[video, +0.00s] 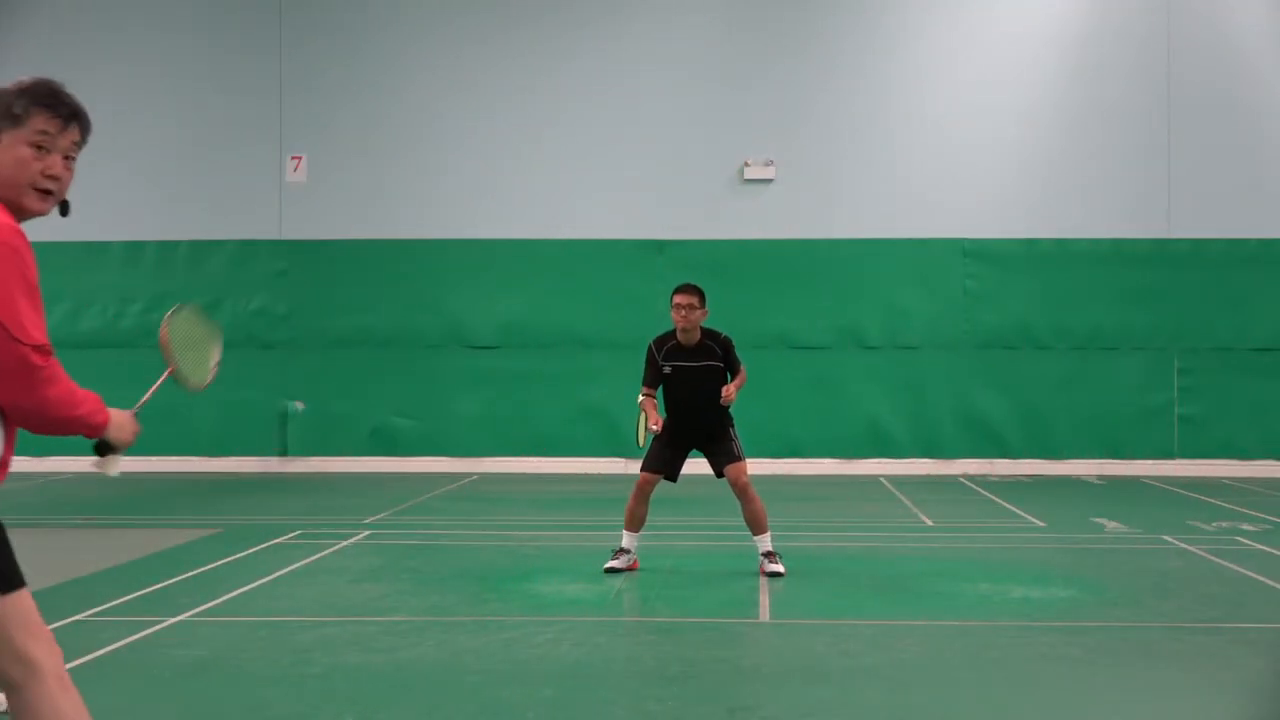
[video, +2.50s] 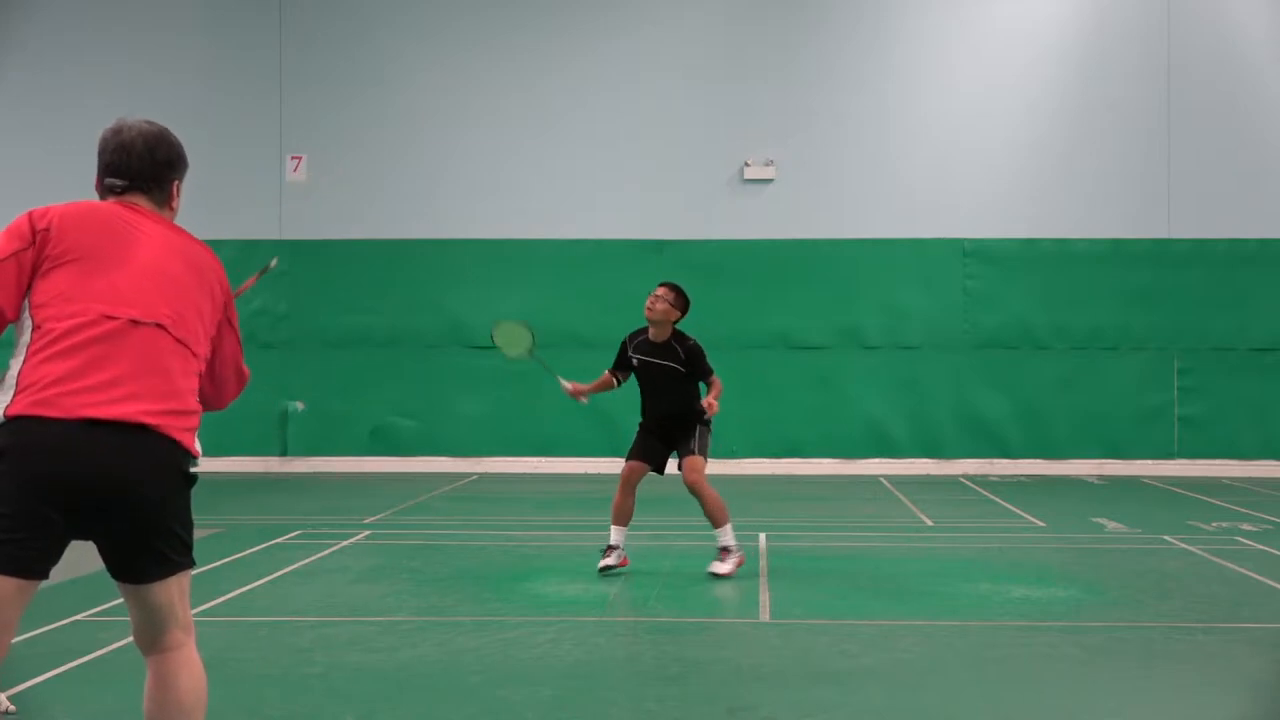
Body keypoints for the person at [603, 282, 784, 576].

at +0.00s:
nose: (682, 313)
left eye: (689, 308)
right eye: (677, 307)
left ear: (703, 313)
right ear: (671, 311)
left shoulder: (721, 344)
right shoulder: (659, 347)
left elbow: (739, 373)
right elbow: (648, 393)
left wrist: (734, 387)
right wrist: (652, 413)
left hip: (716, 425)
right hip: (675, 425)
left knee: (741, 482)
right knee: (644, 482)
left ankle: (767, 553)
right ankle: (627, 551)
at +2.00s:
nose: (677, 328)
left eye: (684, 322)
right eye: (672, 322)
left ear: (698, 326)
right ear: (666, 326)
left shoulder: (715, 354)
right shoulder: (655, 359)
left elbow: (739, 381)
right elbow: (637, 401)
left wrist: (734, 397)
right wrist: (641, 414)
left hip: (714, 433)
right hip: (672, 435)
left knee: (742, 485)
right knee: (638, 485)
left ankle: (767, 553)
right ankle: (627, 551)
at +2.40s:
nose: (661, 311)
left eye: (671, 309)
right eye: (660, 306)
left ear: (684, 322)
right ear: (653, 312)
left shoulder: (696, 354)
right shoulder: (639, 352)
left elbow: (721, 387)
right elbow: (622, 392)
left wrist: (722, 404)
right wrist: (604, 412)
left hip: (696, 431)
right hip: (658, 431)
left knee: (718, 488)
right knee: (635, 481)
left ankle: (762, 548)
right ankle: (620, 553)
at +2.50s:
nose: (652, 301)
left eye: (661, 300)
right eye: (652, 296)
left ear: (675, 314)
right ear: (647, 303)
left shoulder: (687, 347)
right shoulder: (634, 342)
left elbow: (714, 382)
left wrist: (711, 398)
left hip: (690, 422)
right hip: (654, 423)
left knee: (693, 478)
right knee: (628, 476)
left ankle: (730, 550)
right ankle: (615, 549)